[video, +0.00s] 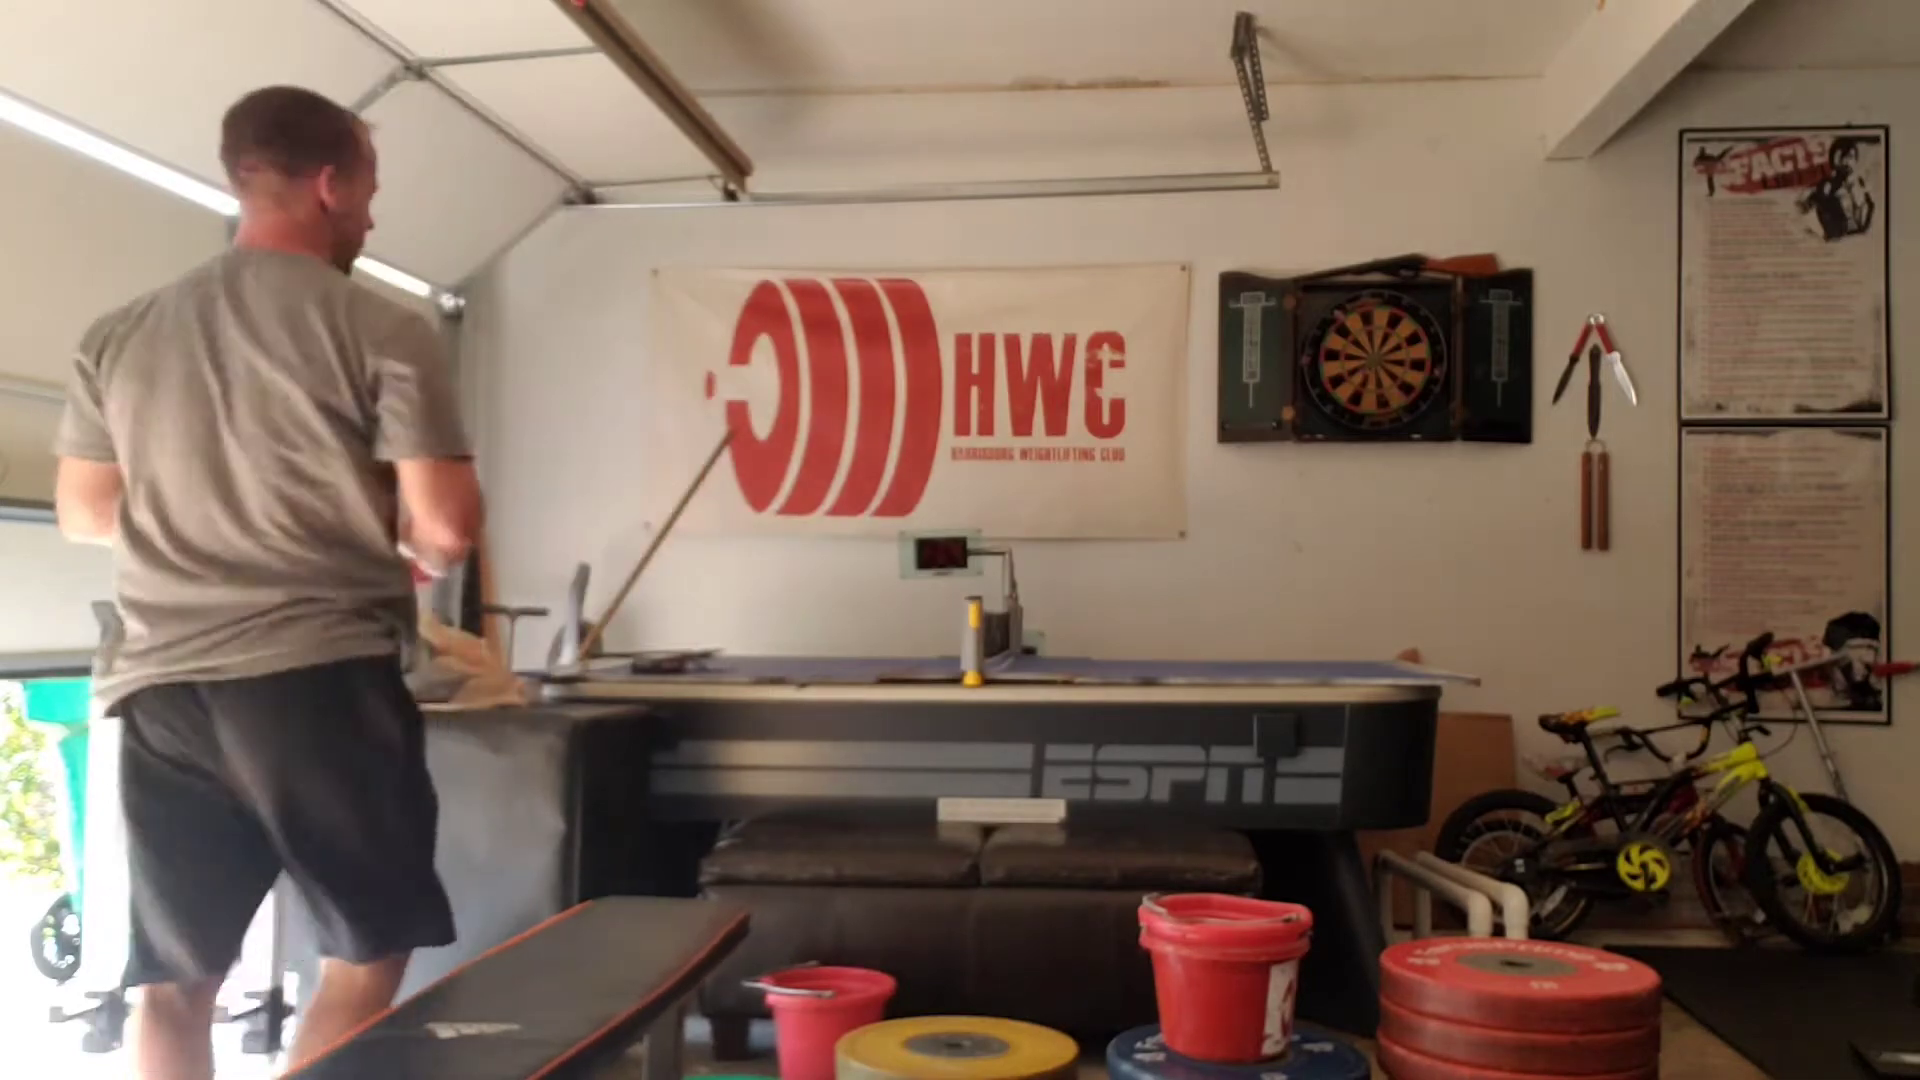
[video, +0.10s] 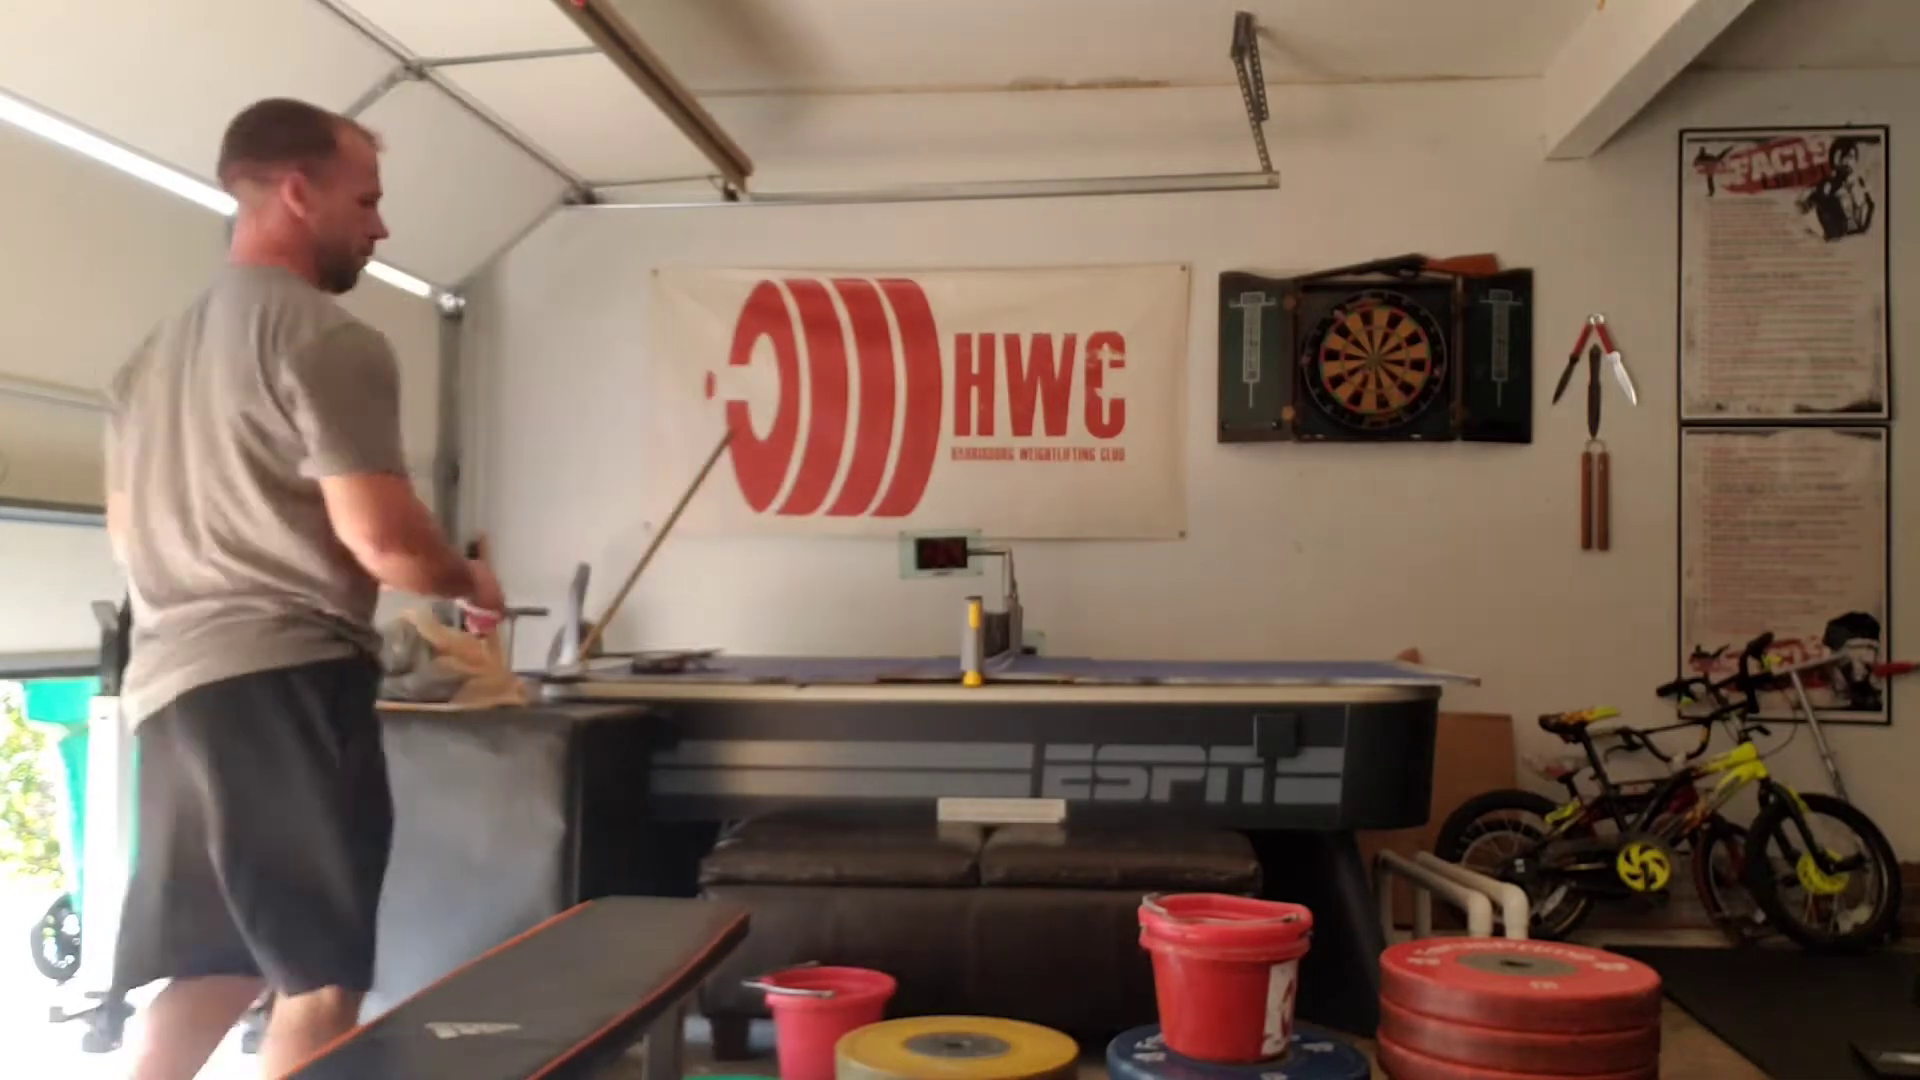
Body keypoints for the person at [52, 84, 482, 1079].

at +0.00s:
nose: (372, 213)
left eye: (371, 189)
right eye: (366, 188)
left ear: (241, 186)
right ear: (323, 186)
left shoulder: (119, 334)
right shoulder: (381, 323)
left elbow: (87, 512)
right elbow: (446, 527)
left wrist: (210, 506)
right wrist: (406, 533)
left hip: (160, 695)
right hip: (319, 683)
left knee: (172, 989)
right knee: (369, 957)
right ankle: (292, 1075)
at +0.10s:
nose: (381, 230)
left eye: (378, 204)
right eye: (368, 200)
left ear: (274, 197)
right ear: (293, 193)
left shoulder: (148, 358)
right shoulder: (319, 329)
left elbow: (131, 535)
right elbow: (384, 538)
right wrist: (465, 578)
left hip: (168, 683)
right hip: (284, 668)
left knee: (211, 978)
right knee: (320, 983)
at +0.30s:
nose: (377, 235)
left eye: (374, 211)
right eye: (357, 209)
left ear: (278, 208)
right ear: (272, 203)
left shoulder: (284, 344)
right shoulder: (242, 337)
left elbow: (278, 538)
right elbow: (232, 530)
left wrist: (399, 576)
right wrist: (401, 602)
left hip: (233, 677)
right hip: (207, 678)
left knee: (227, 981)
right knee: (296, 970)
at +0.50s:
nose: (372, 237)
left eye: (373, 216)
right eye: (354, 211)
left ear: (283, 211)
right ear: (267, 206)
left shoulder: (327, 377)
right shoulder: (190, 342)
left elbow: (357, 532)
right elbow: (104, 511)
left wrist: (452, 569)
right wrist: (267, 612)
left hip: (257, 696)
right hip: (153, 680)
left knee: (250, 950)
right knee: (242, 945)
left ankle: (201, 1072)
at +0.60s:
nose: (382, 241)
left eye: (383, 220)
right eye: (364, 216)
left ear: (289, 216)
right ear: (279, 209)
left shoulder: (341, 377)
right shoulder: (201, 339)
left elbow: (371, 527)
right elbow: (73, 494)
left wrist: (468, 593)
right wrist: (183, 637)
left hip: (258, 705)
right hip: (144, 692)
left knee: (222, 977)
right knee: (197, 979)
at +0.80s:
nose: (455, 293)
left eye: (458, 269)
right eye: (436, 264)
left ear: (370, 259)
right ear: (353, 254)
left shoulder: (398, 407)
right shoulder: (259, 366)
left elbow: (320, 532)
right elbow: (51, 421)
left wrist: (355, 642)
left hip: (252, 729)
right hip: (129, 695)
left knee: (268, 964)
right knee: (164, 991)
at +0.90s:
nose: (489, 364)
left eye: (492, 341)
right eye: (469, 337)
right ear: (387, 331)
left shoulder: (424, 478)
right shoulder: (286, 445)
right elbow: (78, 478)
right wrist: (15, 662)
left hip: (252, 767)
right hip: (126, 748)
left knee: (329, 957)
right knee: (202, 1019)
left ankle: (229, 1078)